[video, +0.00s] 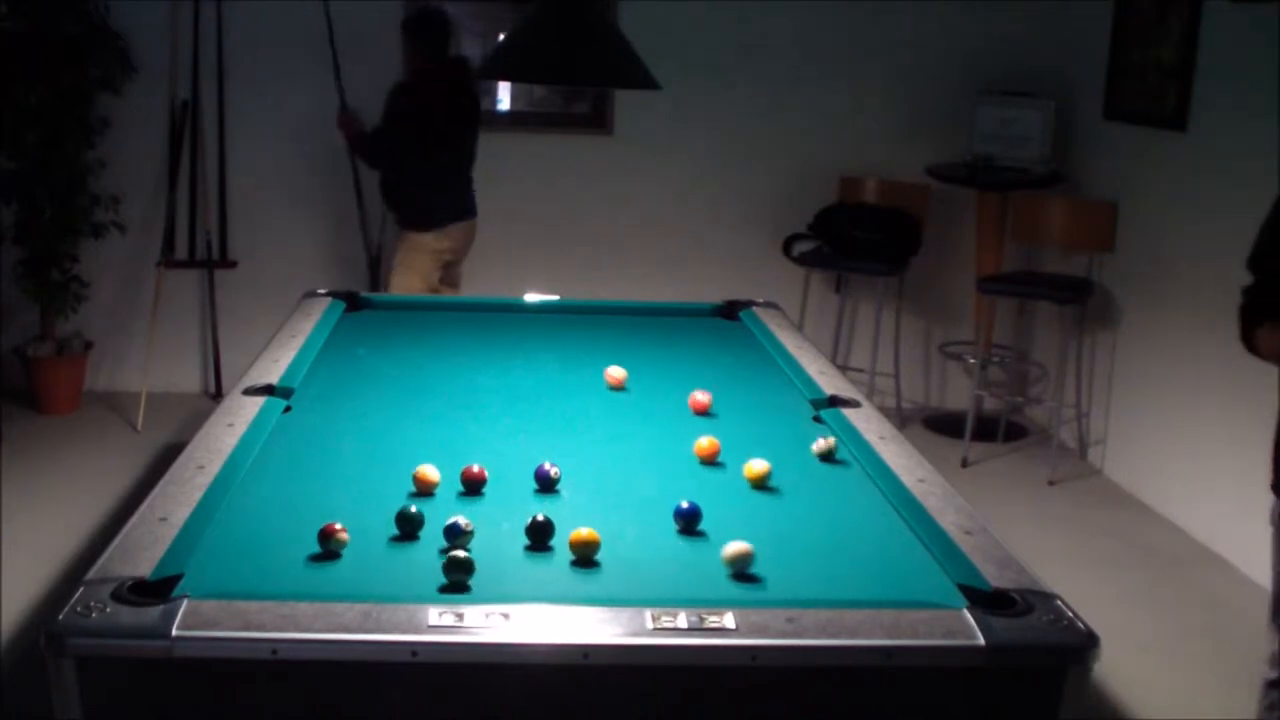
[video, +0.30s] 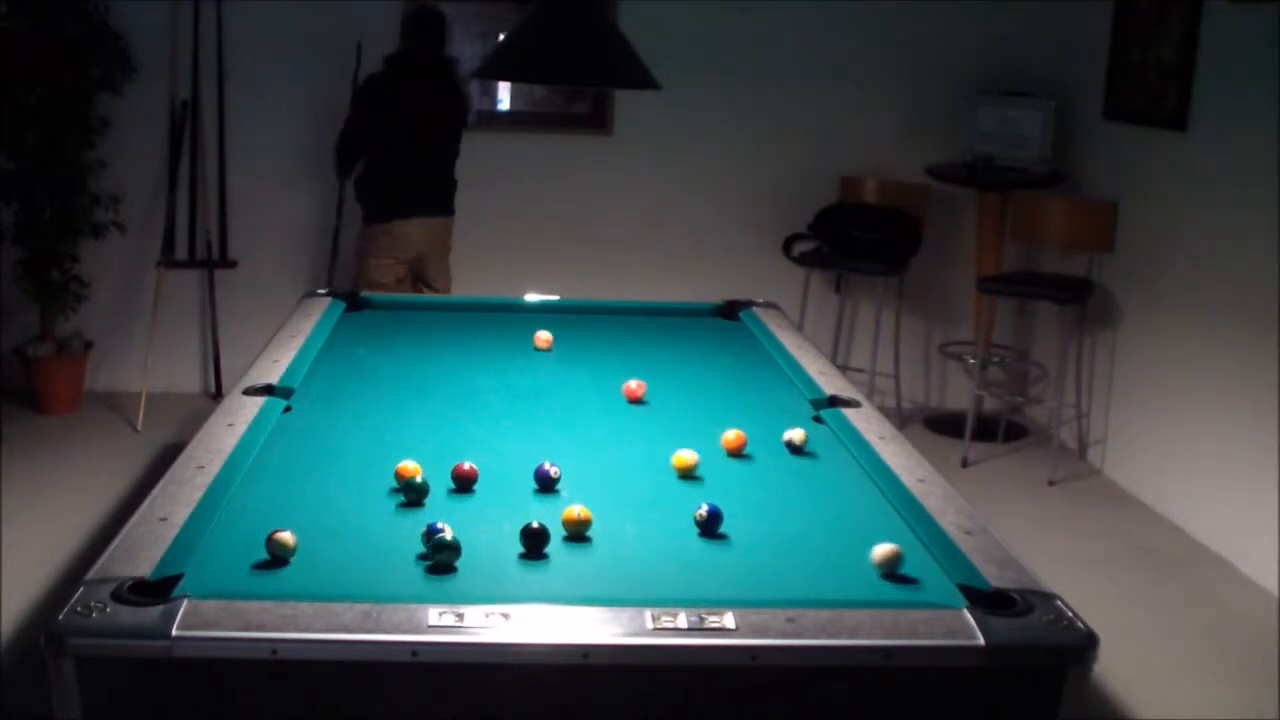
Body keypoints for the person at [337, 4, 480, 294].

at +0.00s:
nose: (404, 49)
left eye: (408, 40)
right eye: (408, 39)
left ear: (411, 43)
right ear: (446, 40)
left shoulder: (410, 92)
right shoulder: (463, 85)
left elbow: (384, 158)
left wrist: (355, 135)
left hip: (427, 226)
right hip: (460, 219)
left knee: (404, 316)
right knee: (443, 316)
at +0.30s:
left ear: (403, 36)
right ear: (442, 39)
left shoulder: (379, 85)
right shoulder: (453, 87)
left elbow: (347, 153)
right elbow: (449, 150)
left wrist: (345, 171)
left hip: (388, 216)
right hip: (439, 217)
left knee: (381, 314)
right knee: (435, 313)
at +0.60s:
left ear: (353, 37)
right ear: (392, 38)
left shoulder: (329, 91)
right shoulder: (409, 87)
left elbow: (325, 154)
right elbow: (436, 158)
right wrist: (403, 173)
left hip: (346, 219)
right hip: (398, 221)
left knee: (350, 317)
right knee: (414, 314)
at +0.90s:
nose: (384, 42)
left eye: (382, 33)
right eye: (380, 34)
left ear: (342, 34)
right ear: (369, 36)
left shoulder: (323, 74)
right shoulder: (365, 79)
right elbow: (378, 140)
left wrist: (410, 157)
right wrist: (419, 157)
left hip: (328, 214)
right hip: (362, 218)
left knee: (343, 313)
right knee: (376, 314)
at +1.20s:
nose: (379, 45)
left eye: (381, 36)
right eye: (371, 36)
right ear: (352, 35)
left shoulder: (358, 76)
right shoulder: (339, 75)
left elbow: (357, 155)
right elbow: (347, 156)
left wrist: (377, 211)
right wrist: (401, 170)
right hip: (340, 223)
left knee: (343, 321)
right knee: (338, 319)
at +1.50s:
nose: (361, 46)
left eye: (366, 37)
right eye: (352, 37)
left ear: (374, 39)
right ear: (333, 39)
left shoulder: (384, 92)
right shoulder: (311, 92)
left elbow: (396, 158)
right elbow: (322, 166)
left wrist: (403, 210)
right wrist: (388, 164)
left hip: (373, 231)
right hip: (327, 232)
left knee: (373, 332)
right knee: (326, 331)